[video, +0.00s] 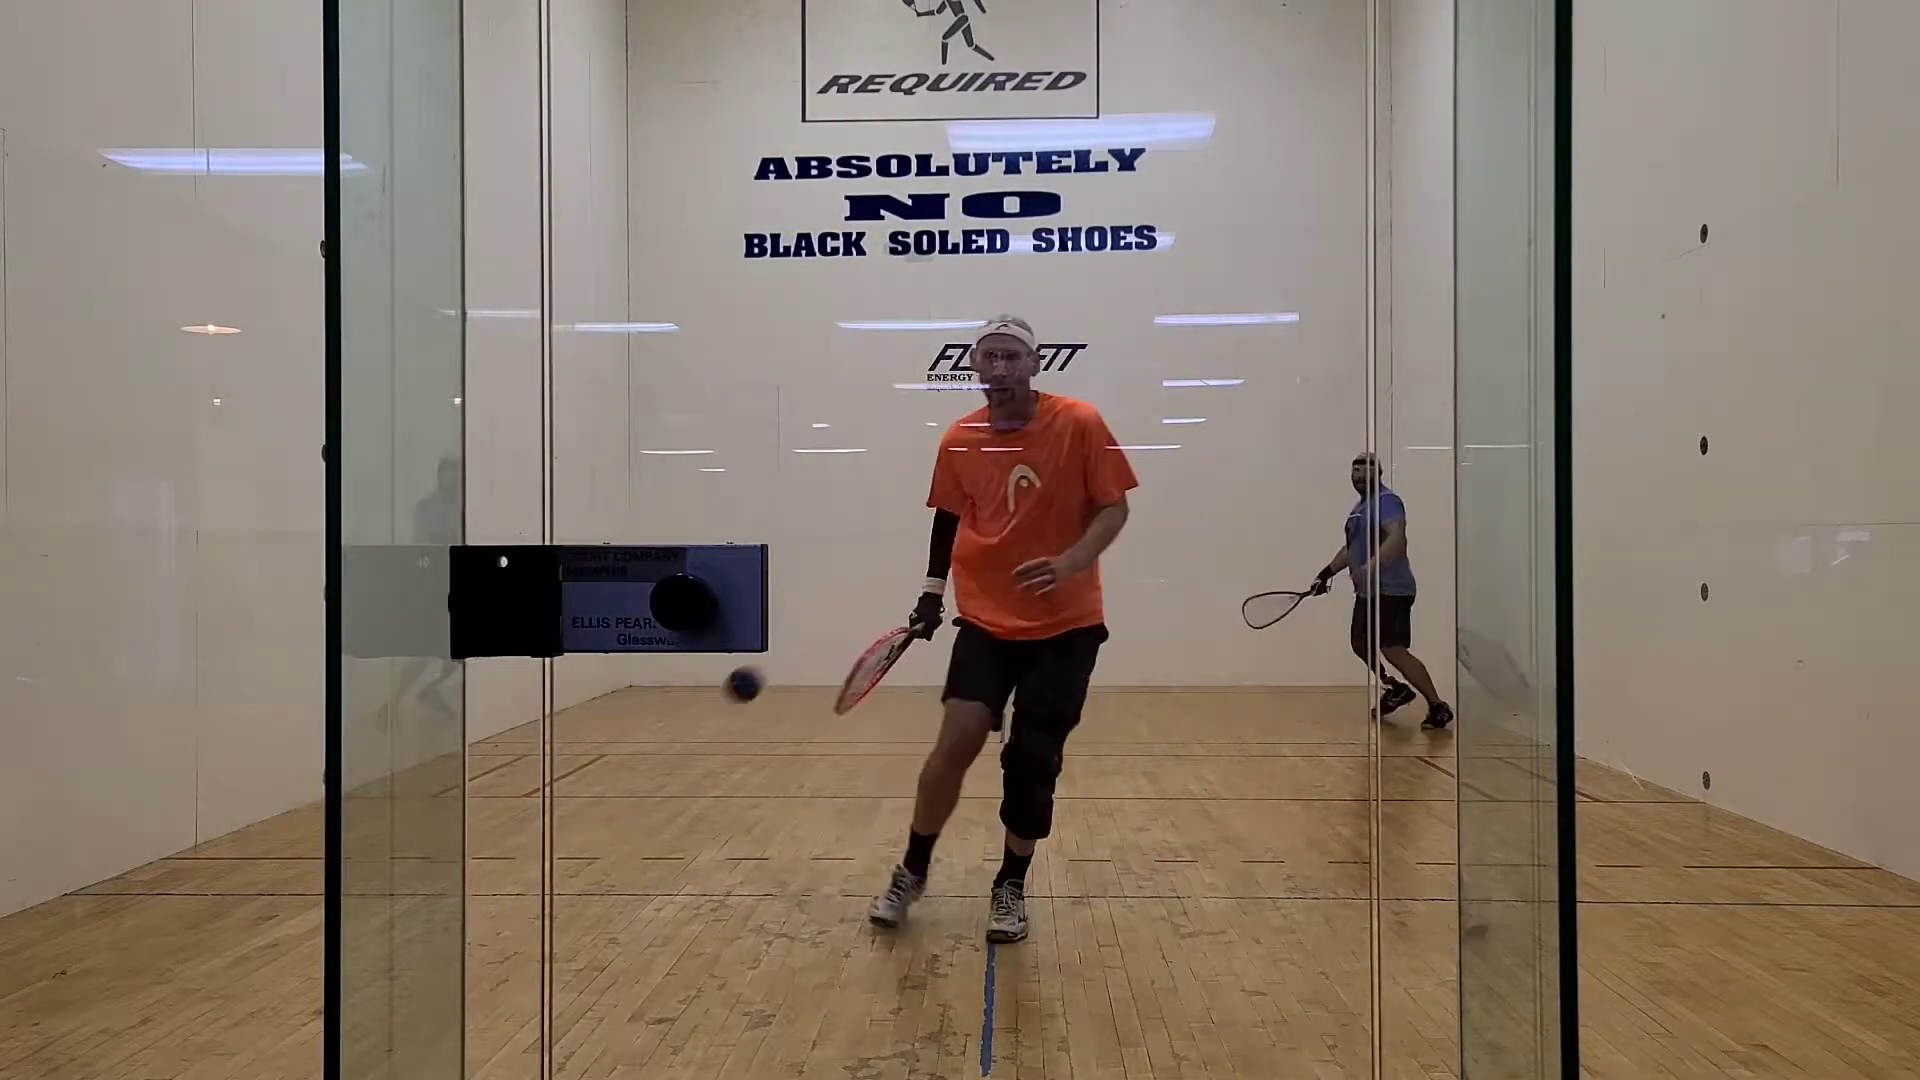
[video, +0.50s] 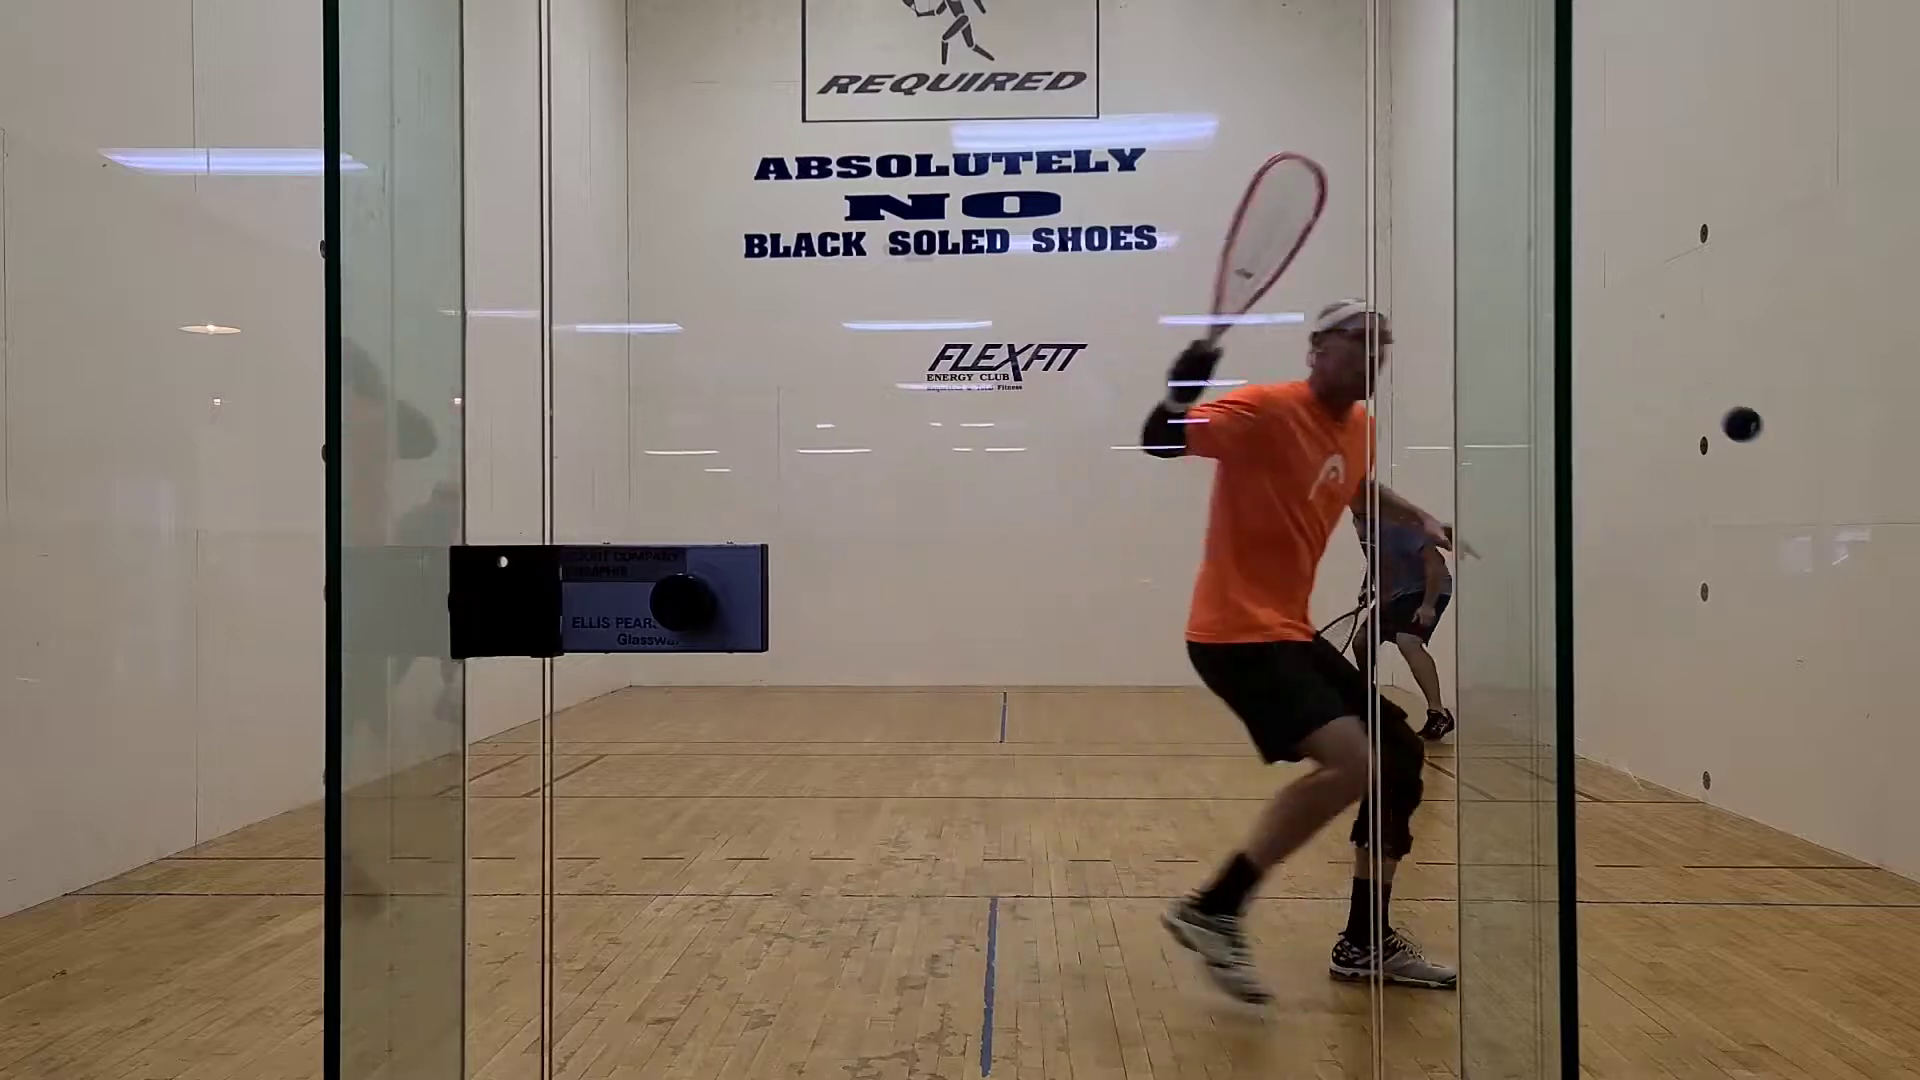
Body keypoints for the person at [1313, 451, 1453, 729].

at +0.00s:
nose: (1360, 473)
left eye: (1366, 469)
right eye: (1356, 469)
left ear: (1378, 473)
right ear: (1351, 474)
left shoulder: (1387, 501)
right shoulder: (1359, 509)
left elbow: (1397, 539)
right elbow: (1351, 549)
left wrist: (1371, 564)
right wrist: (1327, 573)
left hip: (1393, 591)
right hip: (1368, 593)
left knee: (1393, 648)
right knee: (1361, 644)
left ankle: (1437, 705)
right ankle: (1395, 688)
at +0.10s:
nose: (1362, 458)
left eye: (1368, 453)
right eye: (1358, 453)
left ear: (1379, 458)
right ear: (1353, 460)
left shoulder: (1390, 486)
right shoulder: (1357, 497)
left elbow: (1401, 524)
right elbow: (1354, 538)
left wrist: (1364, 550)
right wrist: (1335, 562)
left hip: (1400, 578)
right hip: (1372, 580)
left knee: (1403, 638)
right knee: (1366, 635)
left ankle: (1439, 700)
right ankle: (1384, 689)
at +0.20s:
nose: (1360, 464)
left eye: (1366, 459)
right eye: (1356, 459)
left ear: (1377, 460)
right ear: (1350, 461)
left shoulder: (1389, 486)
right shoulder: (1357, 494)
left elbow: (1401, 524)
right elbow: (1359, 534)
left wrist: (1359, 550)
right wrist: (1344, 556)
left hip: (1406, 571)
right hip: (1378, 573)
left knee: (1400, 632)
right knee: (1362, 633)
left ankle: (1443, 689)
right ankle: (1377, 694)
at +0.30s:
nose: (1358, 483)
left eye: (1363, 477)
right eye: (1353, 478)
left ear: (1375, 477)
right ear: (1348, 480)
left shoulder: (1392, 504)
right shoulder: (1356, 504)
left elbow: (1397, 555)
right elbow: (1355, 541)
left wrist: (1364, 578)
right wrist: (1342, 569)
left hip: (1413, 576)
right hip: (1384, 579)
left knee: (1406, 635)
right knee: (1363, 642)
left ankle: (1439, 705)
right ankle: (1367, 704)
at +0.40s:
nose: (1361, 503)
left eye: (1365, 498)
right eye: (1356, 498)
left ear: (1375, 495)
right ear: (1350, 498)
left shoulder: (1393, 518)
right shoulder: (1360, 519)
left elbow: (1415, 569)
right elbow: (1363, 551)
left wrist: (1389, 603)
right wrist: (1353, 577)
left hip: (1419, 586)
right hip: (1387, 588)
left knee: (1412, 645)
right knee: (1357, 649)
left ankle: (1438, 717)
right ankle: (1367, 703)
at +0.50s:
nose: (1359, 519)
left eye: (1363, 512)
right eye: (1356, 514)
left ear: (1376, 506)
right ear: (1354, 512)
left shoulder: (1399, 523)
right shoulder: (1364, 525)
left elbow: (1435, 561)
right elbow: (1379, 561)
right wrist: (1370, 589)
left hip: (1429, 589)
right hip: (1398, 592)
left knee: (1408, 640)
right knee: (1361, 643)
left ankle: (1438, 713)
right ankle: (1367, 701)